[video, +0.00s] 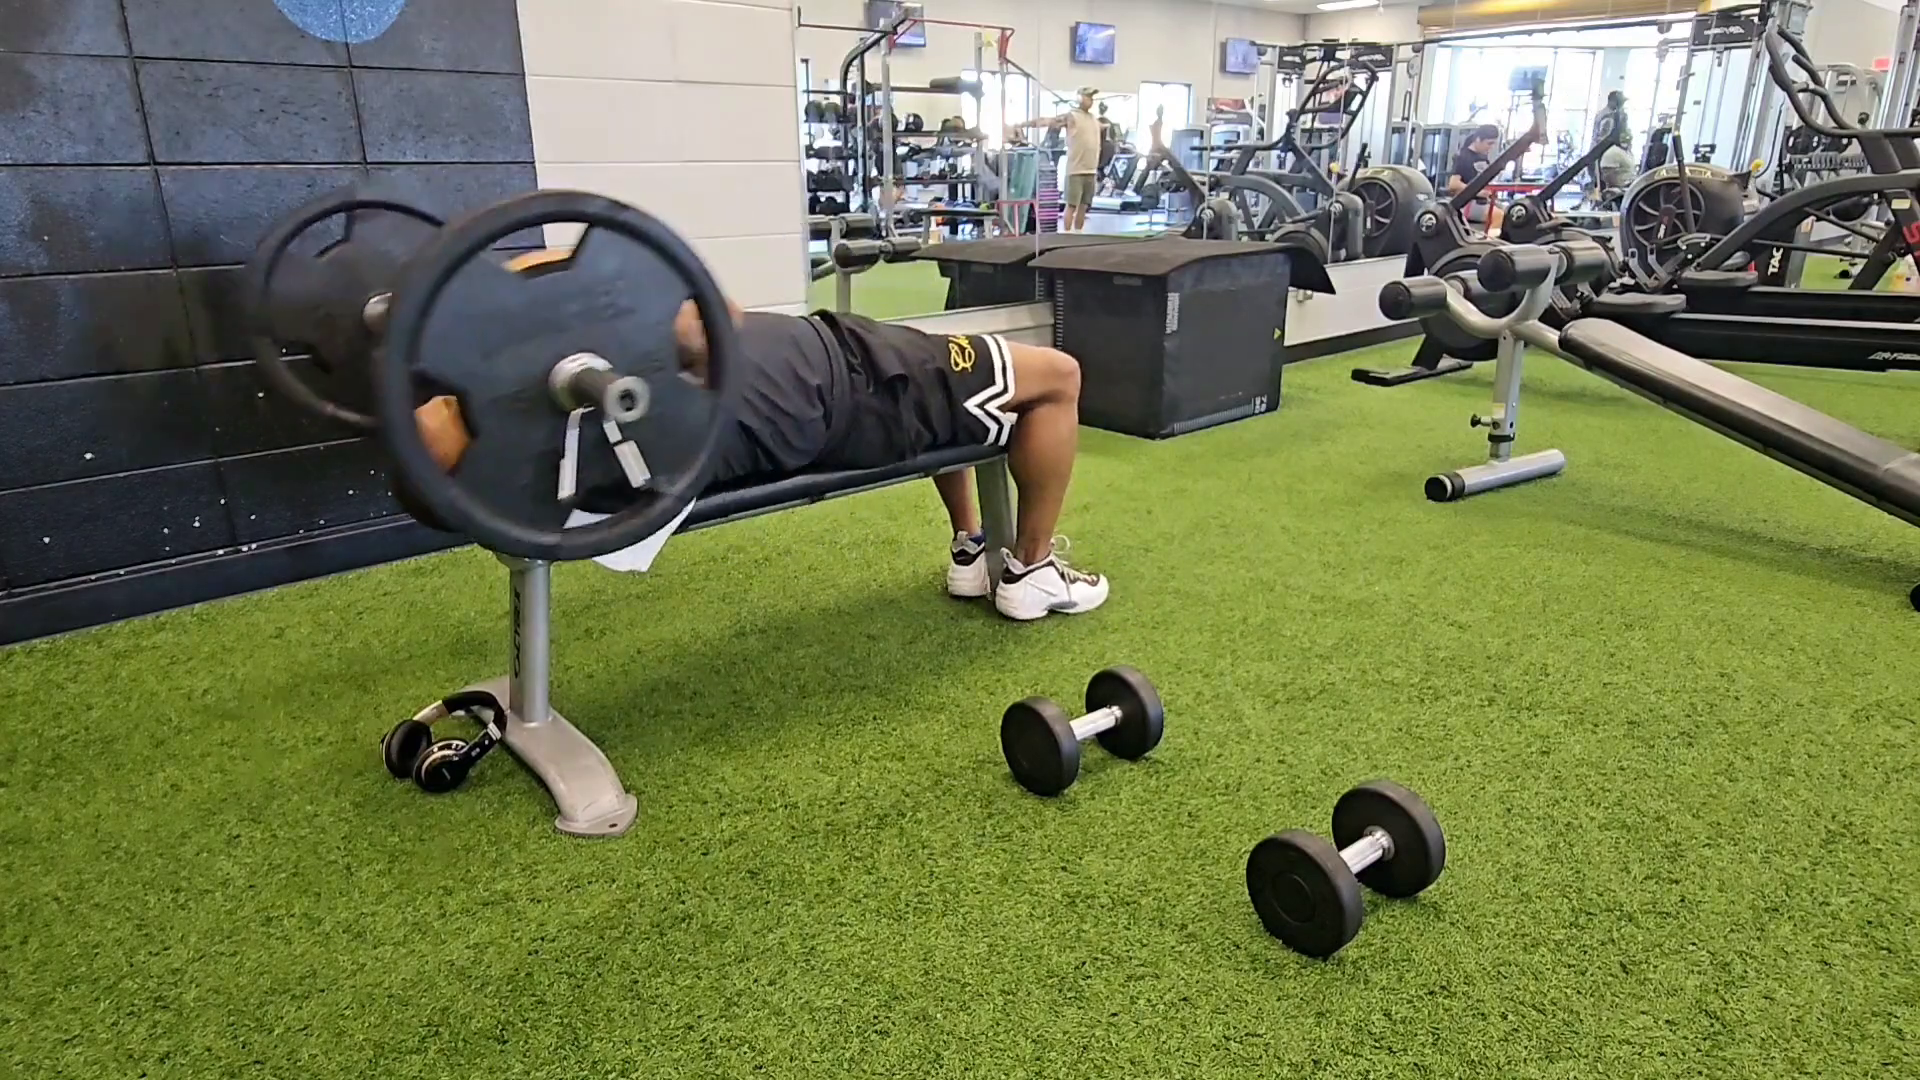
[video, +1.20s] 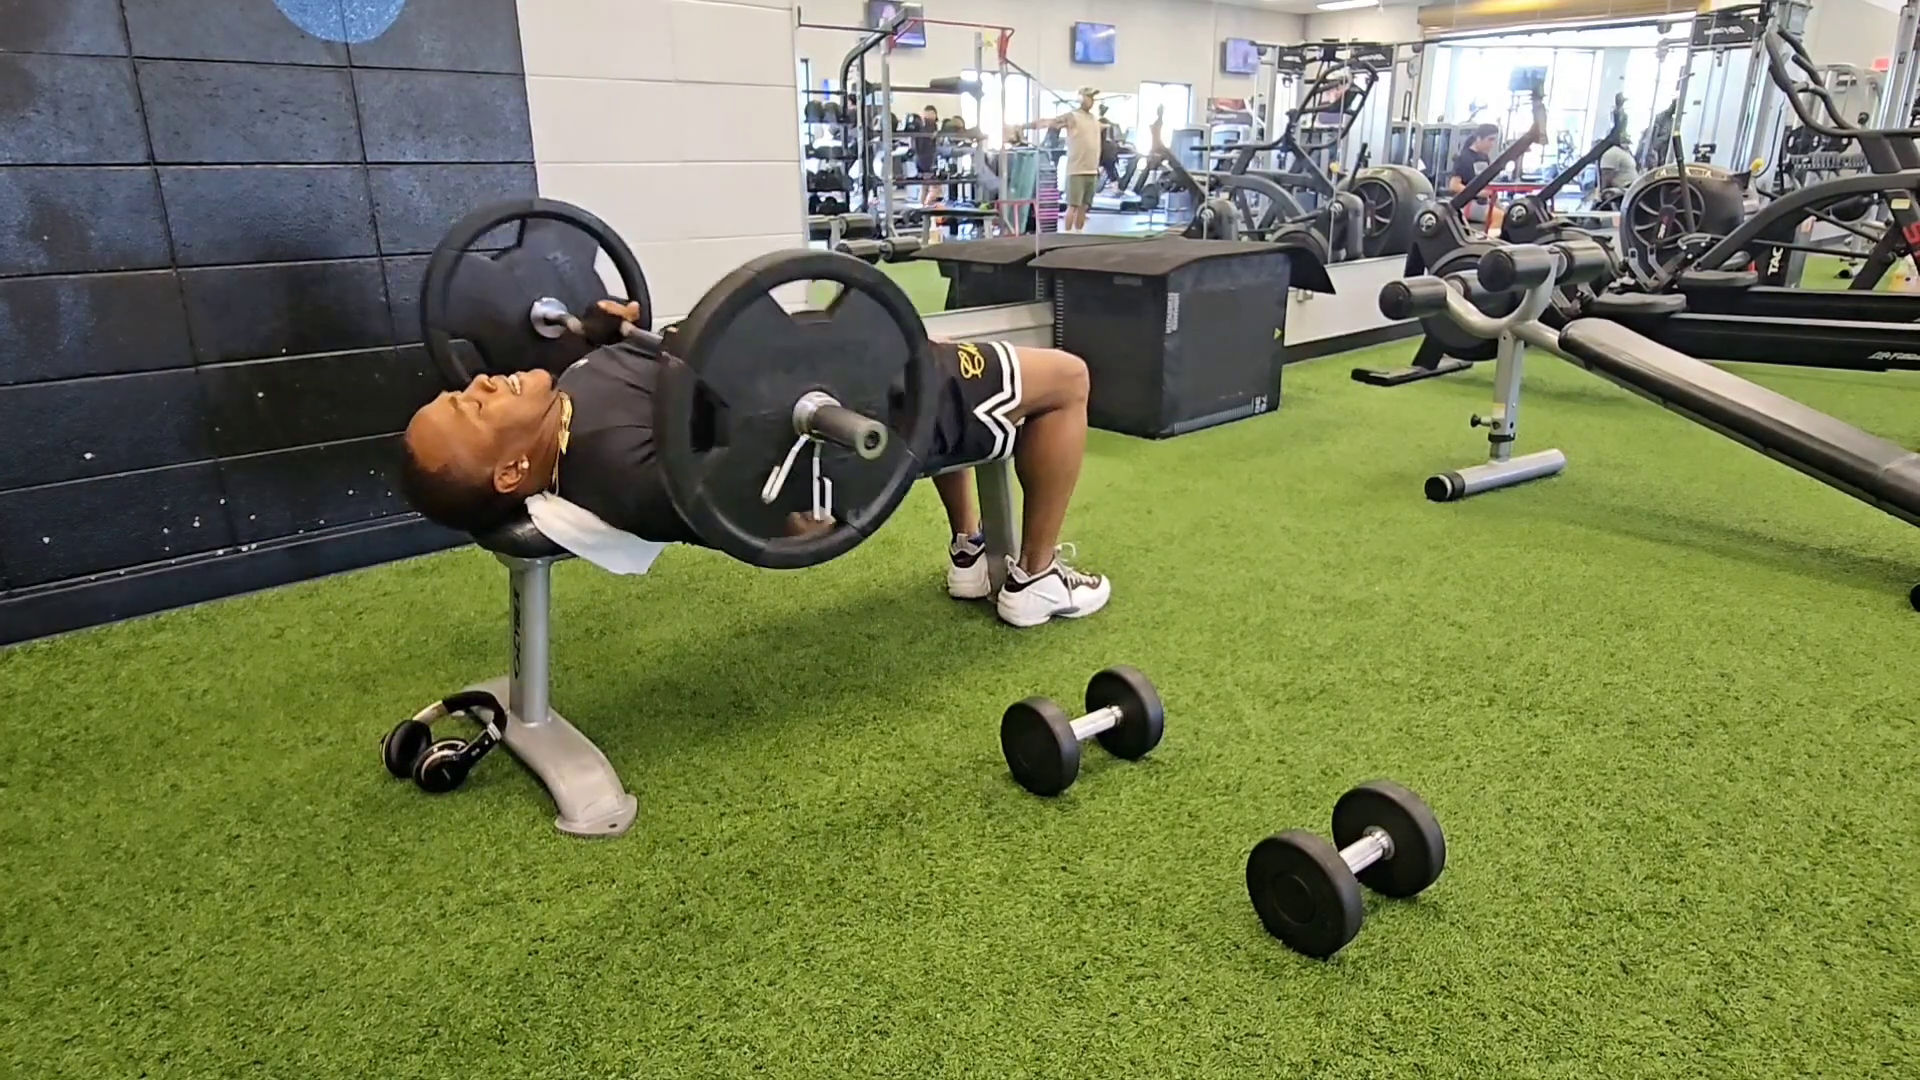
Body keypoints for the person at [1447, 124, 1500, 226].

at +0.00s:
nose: (1491, 148)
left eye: (1493, 144)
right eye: (1489, 143)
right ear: (1478, 140)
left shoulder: (1484, 157)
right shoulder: (1463, 156)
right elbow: (1454, 183)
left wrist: (1492, 190)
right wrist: (1478, 192)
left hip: (1486, 200)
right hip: (1467, 202)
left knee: (1508, 211)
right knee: (1498, 215)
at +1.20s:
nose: (1492, 144)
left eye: (1494, 140)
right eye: (1490, 140)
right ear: (1479, 138)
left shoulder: (1485, 157)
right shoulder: (1464, 156)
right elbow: (1454, 185)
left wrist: (1491, 191)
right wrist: (1478, 192)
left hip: (1486, 200)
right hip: (1469, 203)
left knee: (1506, 214)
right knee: (1499, 216)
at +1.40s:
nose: (1498, 142)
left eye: (1500, 138)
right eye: (1495, 138)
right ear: (1484, 138)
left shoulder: (1493, 158)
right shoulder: (1471, 156)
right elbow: (1458, 183)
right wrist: (1482, 191)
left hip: (1492, 201)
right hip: (1470, 201)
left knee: (1510, 211)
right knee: (1498, 215)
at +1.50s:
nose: (1504, 143)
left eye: (1505, 139)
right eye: (1502, 138)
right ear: (1490, 138)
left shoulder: (1497, 159)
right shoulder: (1478, 157)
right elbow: (1463, 185)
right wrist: (1486, 194)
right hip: (1469, 201)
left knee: (1510, 211)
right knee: (1498, 216)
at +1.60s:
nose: (1512, 144)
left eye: (1513, 141)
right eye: (1509, 140)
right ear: (1498, 140)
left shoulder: (1502, 159)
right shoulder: (1483, 158)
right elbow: (1467, 186)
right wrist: (1492, 192)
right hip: (1473, 202)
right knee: (1499, 217)